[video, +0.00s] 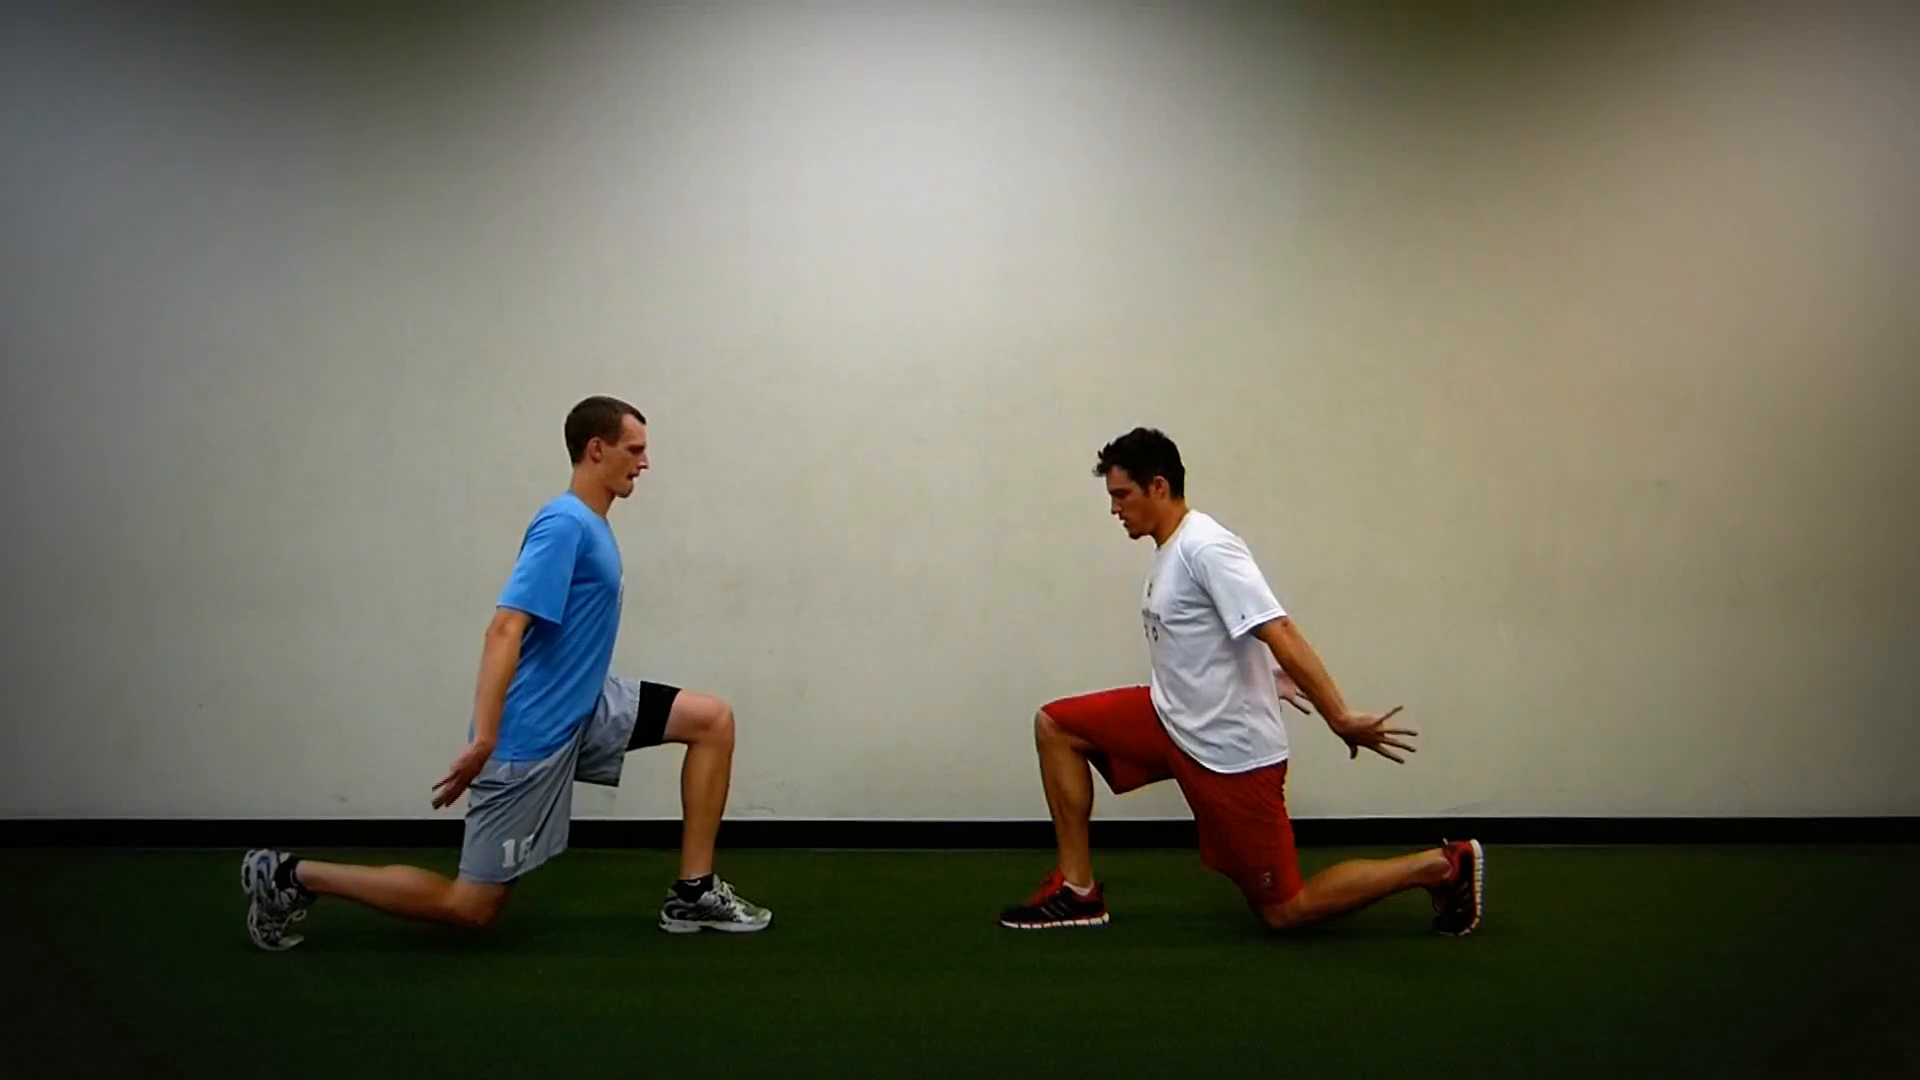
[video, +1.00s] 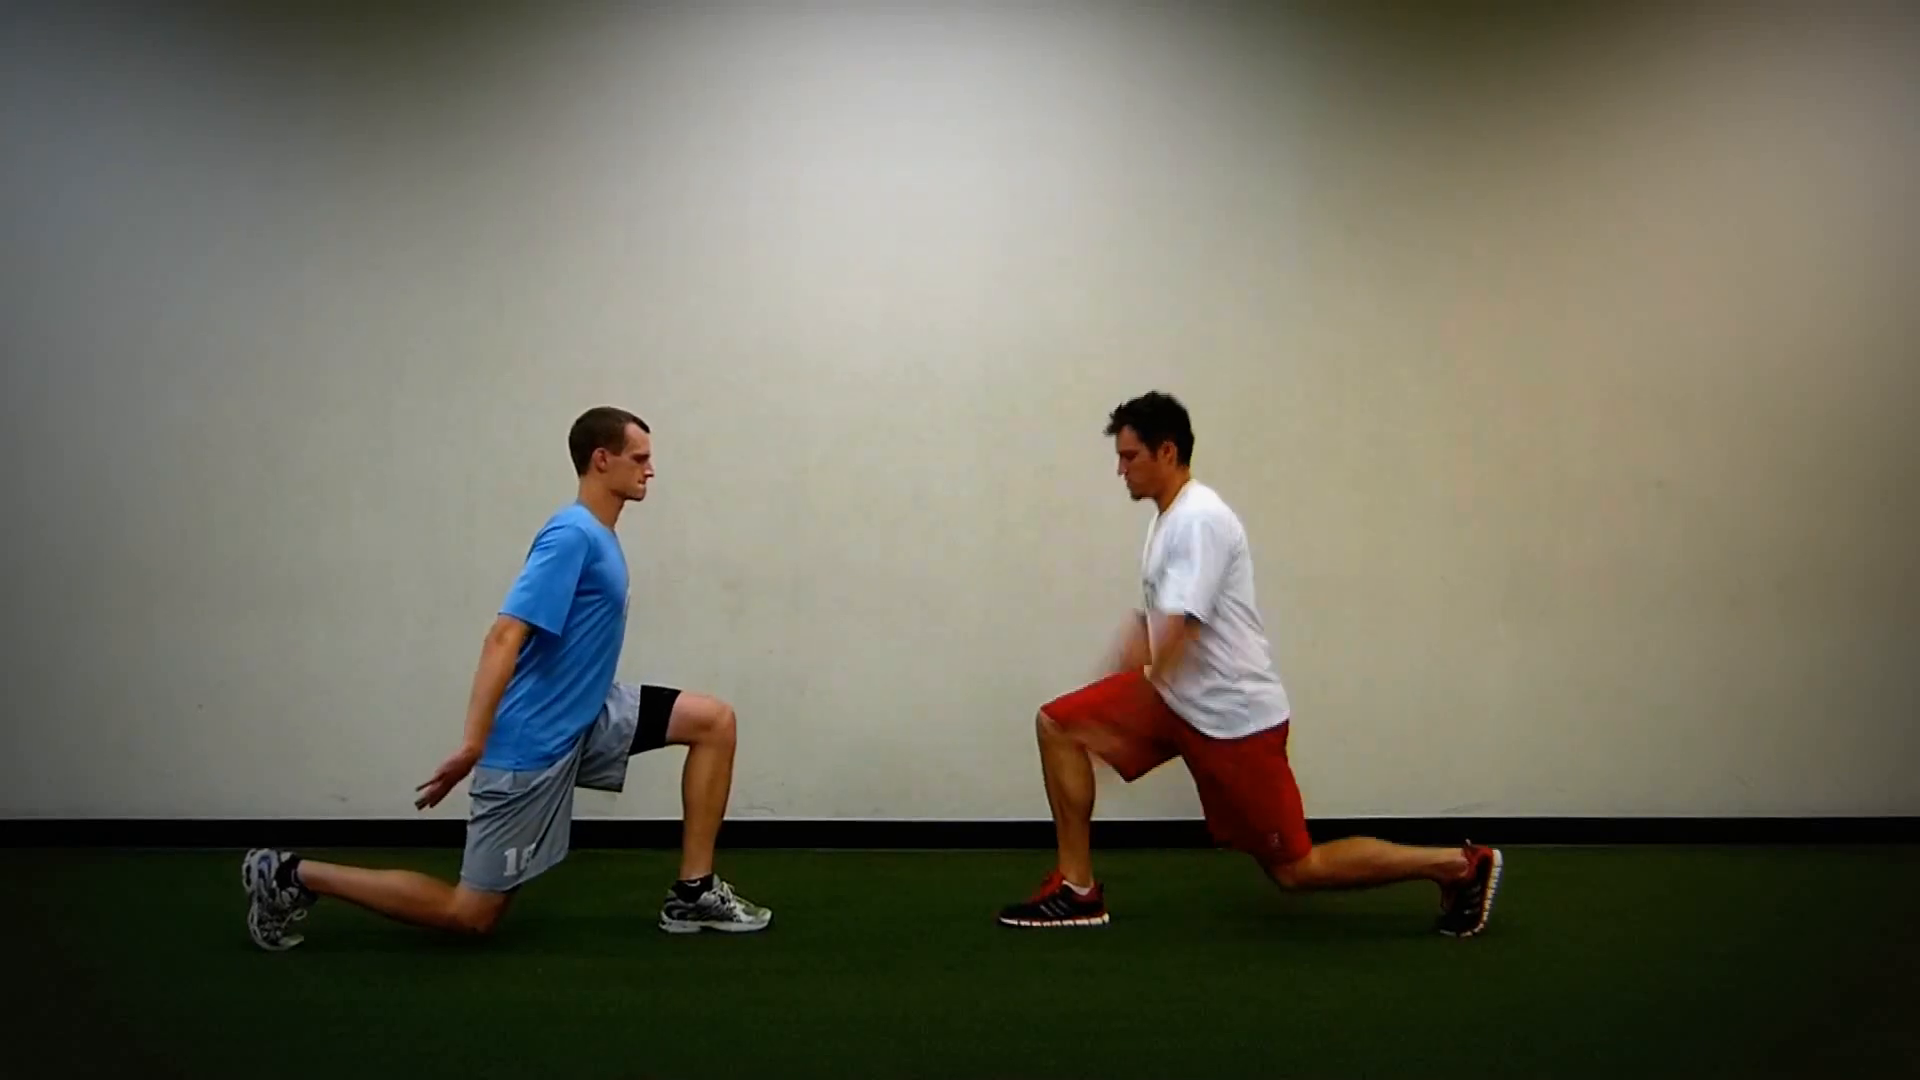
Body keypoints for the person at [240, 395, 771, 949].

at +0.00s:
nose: (643, 463)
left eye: (643, 451)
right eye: (634, 450)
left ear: (599, 453)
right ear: (594, 451)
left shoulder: (589, 523)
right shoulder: (564, 526)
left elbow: (546, 636)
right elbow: (506, 631)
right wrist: (485, 740)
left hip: (587, 704)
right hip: (531, 737)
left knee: (713, 722)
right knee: (473, 907)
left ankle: (696, 892)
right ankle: (288, 876)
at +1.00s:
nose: (650, 472)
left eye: (650, 460)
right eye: (640, 459)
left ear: (608, 464)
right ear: (600, 462)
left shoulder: (599, 537)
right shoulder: (571, 536)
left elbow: (554, 647)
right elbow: (505, 638)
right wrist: (474, 744)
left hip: (588, 711)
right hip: (530, 744)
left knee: (714, 723)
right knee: (474, 914)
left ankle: (696, 892)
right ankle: (292, 876)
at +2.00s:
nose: (667, 401)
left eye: (665, 390)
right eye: (657, 390)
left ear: (626, 398)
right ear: (618, 397)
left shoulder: (630, 477)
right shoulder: (601, 473)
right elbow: (545, 558)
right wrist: (535, 660)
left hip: (567, 661)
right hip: (561, 658)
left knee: (485, 829)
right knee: (709, 735)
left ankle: (319, 857)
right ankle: (652, 904)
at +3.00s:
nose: (664, 382)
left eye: (665, 370)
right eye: (656, 368)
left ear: (625, 370)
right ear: (619, 369)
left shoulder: (635, 441)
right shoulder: (603, 423)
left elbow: (668, 470)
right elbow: (630, 451)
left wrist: (727, 465)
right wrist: (715, 409)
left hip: (614, 641)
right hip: (558, 633)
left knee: (706, 720)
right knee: (489, 813)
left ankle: (664, 882)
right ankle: (312, 867)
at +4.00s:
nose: (675, 465)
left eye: (674, 454)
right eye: (665, 455)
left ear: (634, 461)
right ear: (626, 460)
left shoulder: (628, 535)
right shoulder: (600, 538)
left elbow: (583, 637)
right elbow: (552, 640)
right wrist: (540, 747)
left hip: (605, 705)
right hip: (550, 719)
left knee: (717, 726)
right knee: (498, 900)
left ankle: (663, 883)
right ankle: (316, 872)